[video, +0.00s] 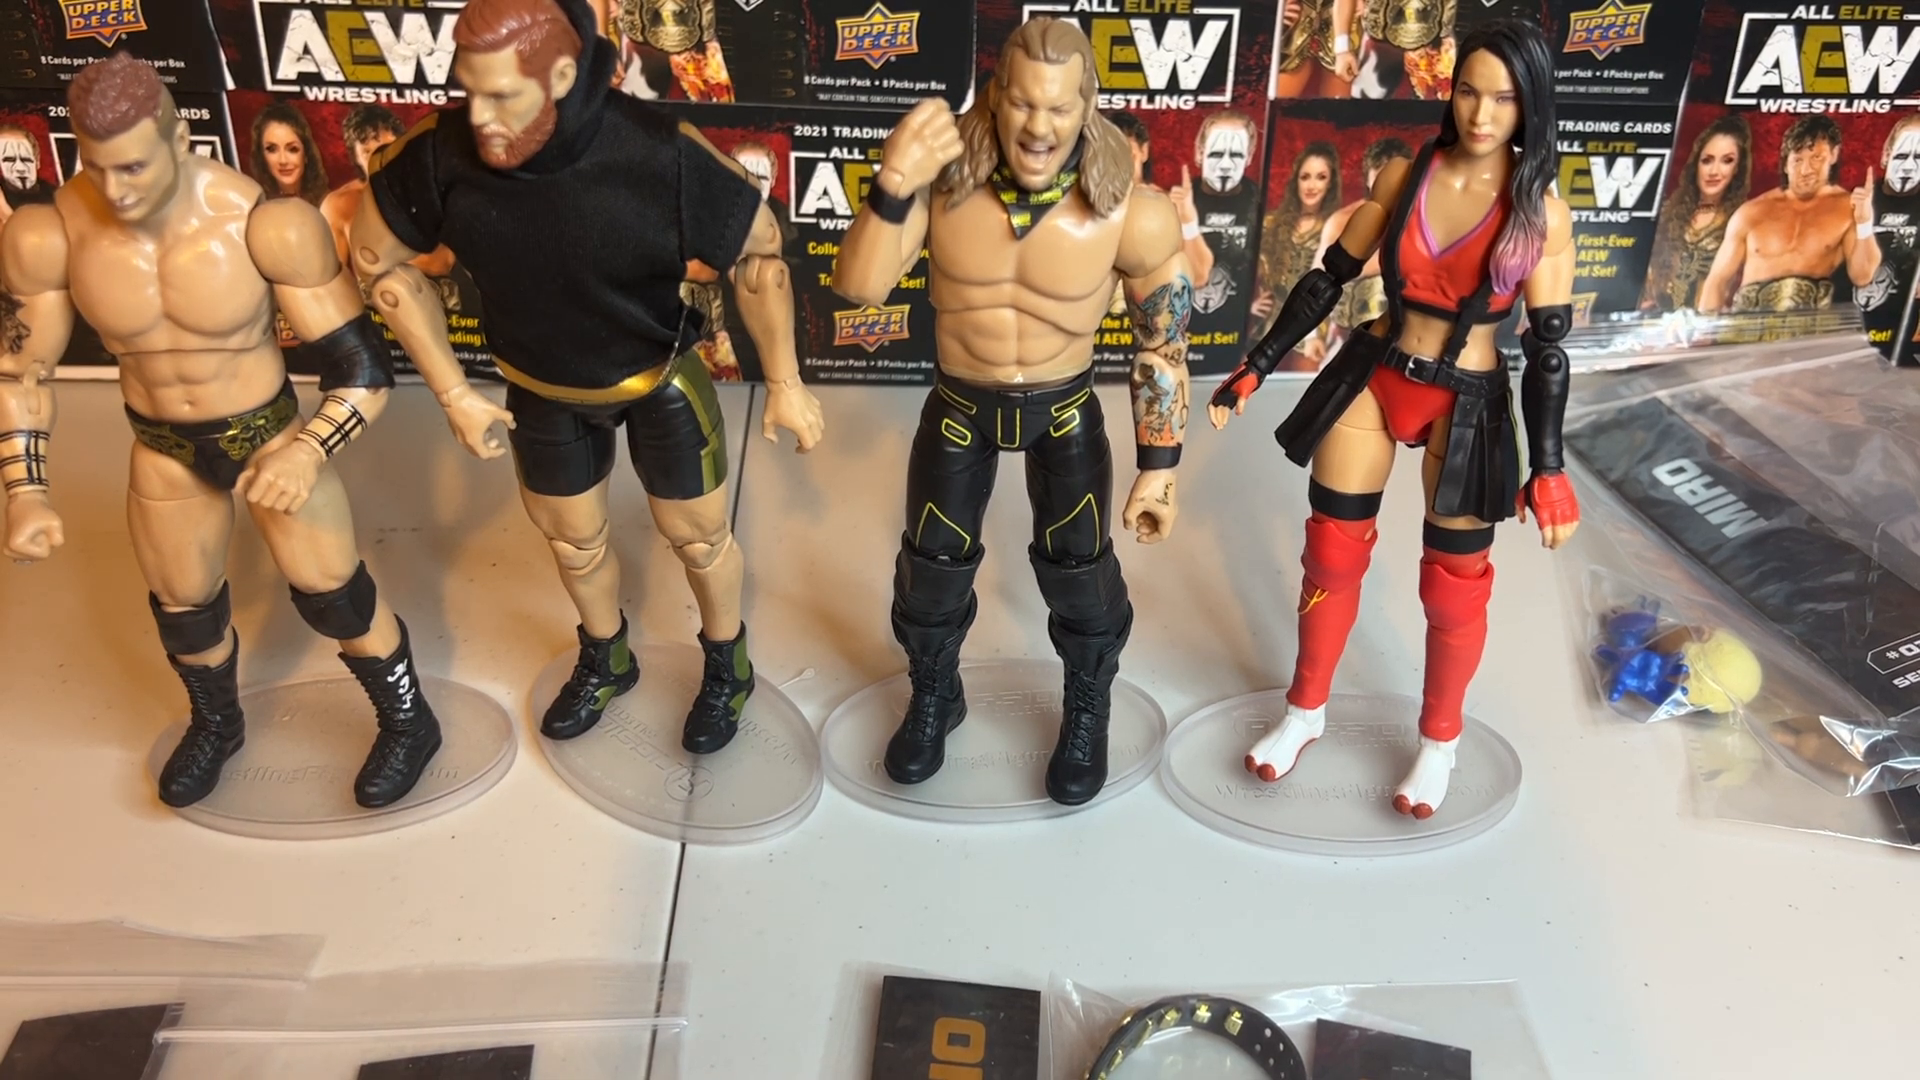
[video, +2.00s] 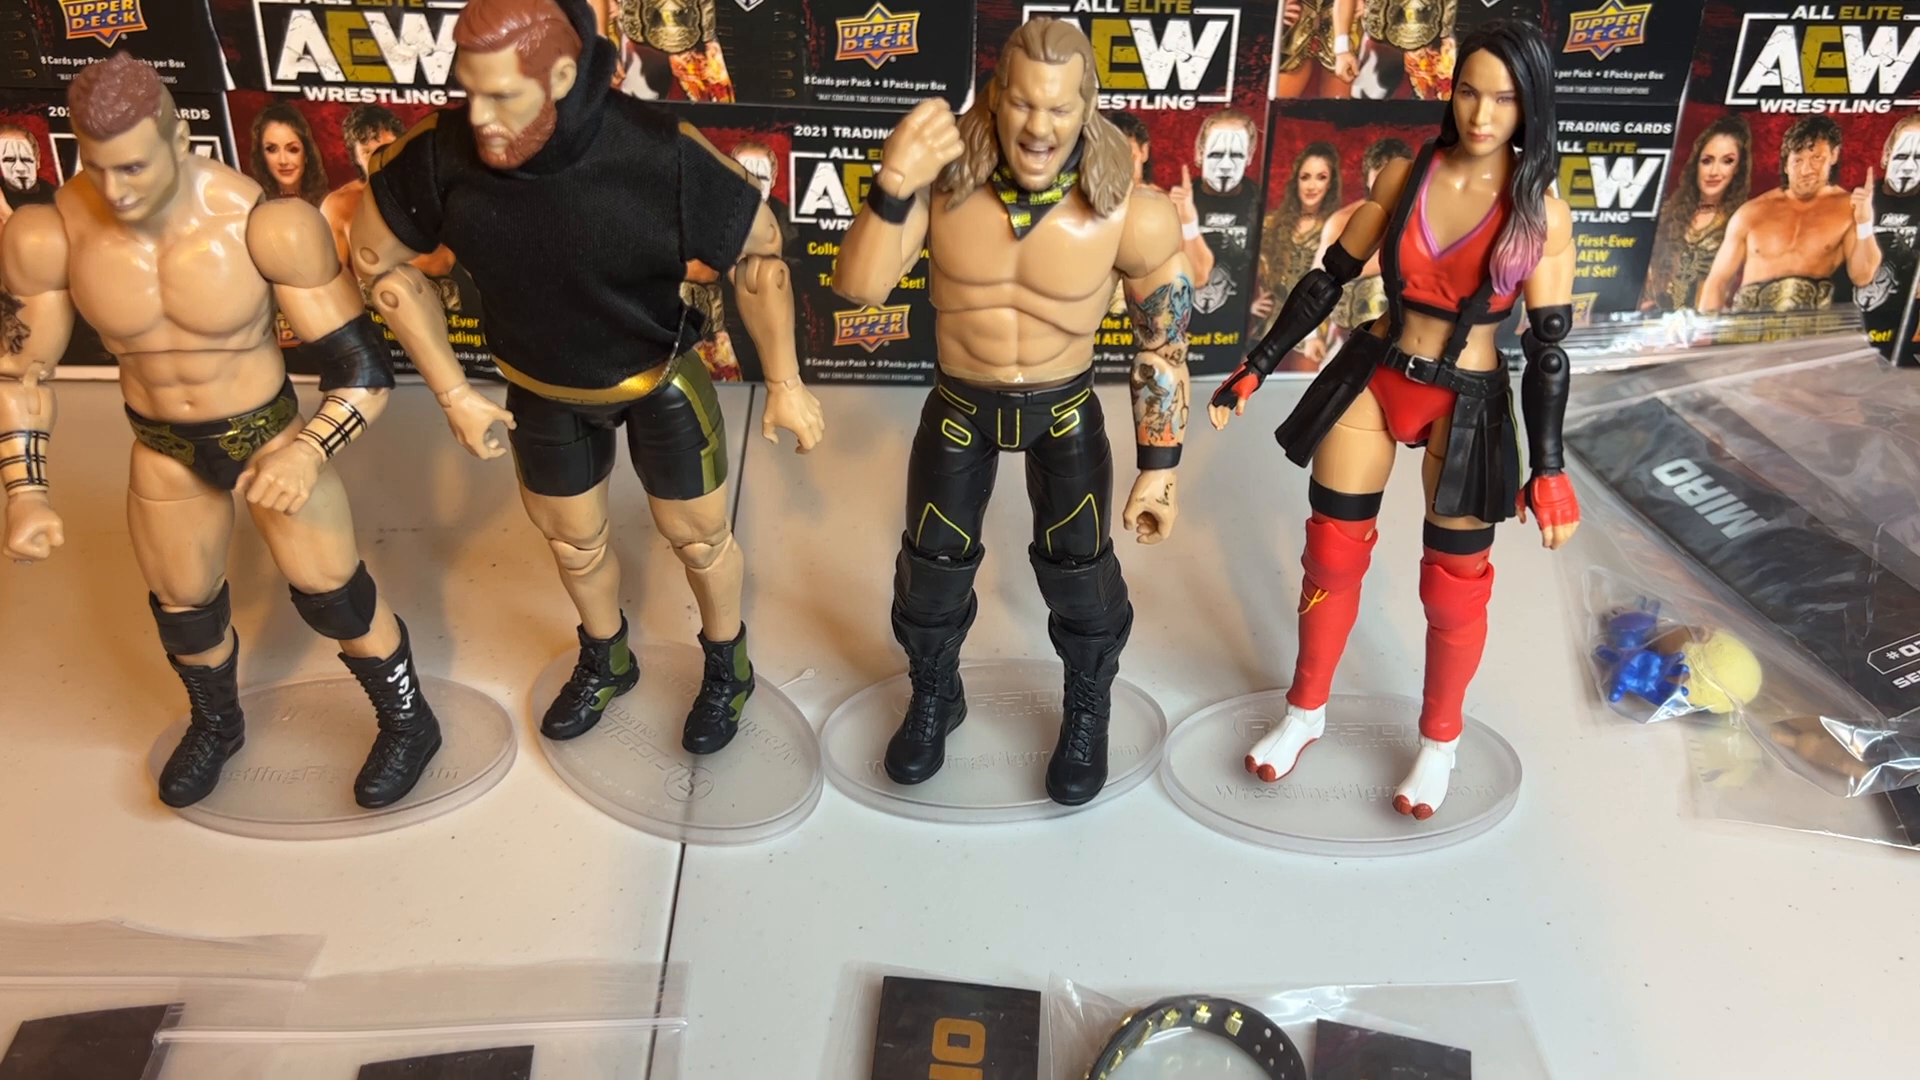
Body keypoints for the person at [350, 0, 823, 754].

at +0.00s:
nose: (481, 119)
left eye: (503, 96)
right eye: (468, 95)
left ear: (564, 76)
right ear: (456, 81)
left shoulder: (653, 155)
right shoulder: (443, 159)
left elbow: (757, 246)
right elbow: (372, 250)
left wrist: (784, 381)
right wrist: (453, 392)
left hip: (661, 382)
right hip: (543, 395)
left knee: (700, 540)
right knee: (575, 546)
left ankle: (726, 665)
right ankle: (607, 660)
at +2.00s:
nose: (481, 119)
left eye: (503, 96)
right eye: (468, 95)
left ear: (563, 76)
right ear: (457, 81)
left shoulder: (653, 155)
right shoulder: (442, 160)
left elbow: (757, 245)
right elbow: (372, 251)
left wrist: (784, 381)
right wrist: (452, 392)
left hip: (661, 382)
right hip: (542, 394)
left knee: (700, 540)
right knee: (575, 546)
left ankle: (726, 665)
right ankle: (607, 660)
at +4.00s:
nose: (481, 119)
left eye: (503, 96)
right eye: (468, 95)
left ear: (564, 76)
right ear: (457, 81)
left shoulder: (653, 155)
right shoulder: (442, 159)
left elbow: (757, 246)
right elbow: (373, 252)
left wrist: (784, 382)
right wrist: (453, 392)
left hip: (661, 381)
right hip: (542, 394)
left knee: (700, 540)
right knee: (575, 545)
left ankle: (726, 667)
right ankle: (607, 661)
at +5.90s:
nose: (481, 119)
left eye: (503, 96)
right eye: (468, 95)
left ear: (563, 76)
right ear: (457, 80)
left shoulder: (653, 155)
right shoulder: (442, 159)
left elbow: (757, 245)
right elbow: (372, 251)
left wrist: (784, 381)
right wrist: (452, 391)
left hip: (661, 382)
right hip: (543, 394)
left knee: (700, 540)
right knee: (575, 546)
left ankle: (726, 666)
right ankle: (607, 660)